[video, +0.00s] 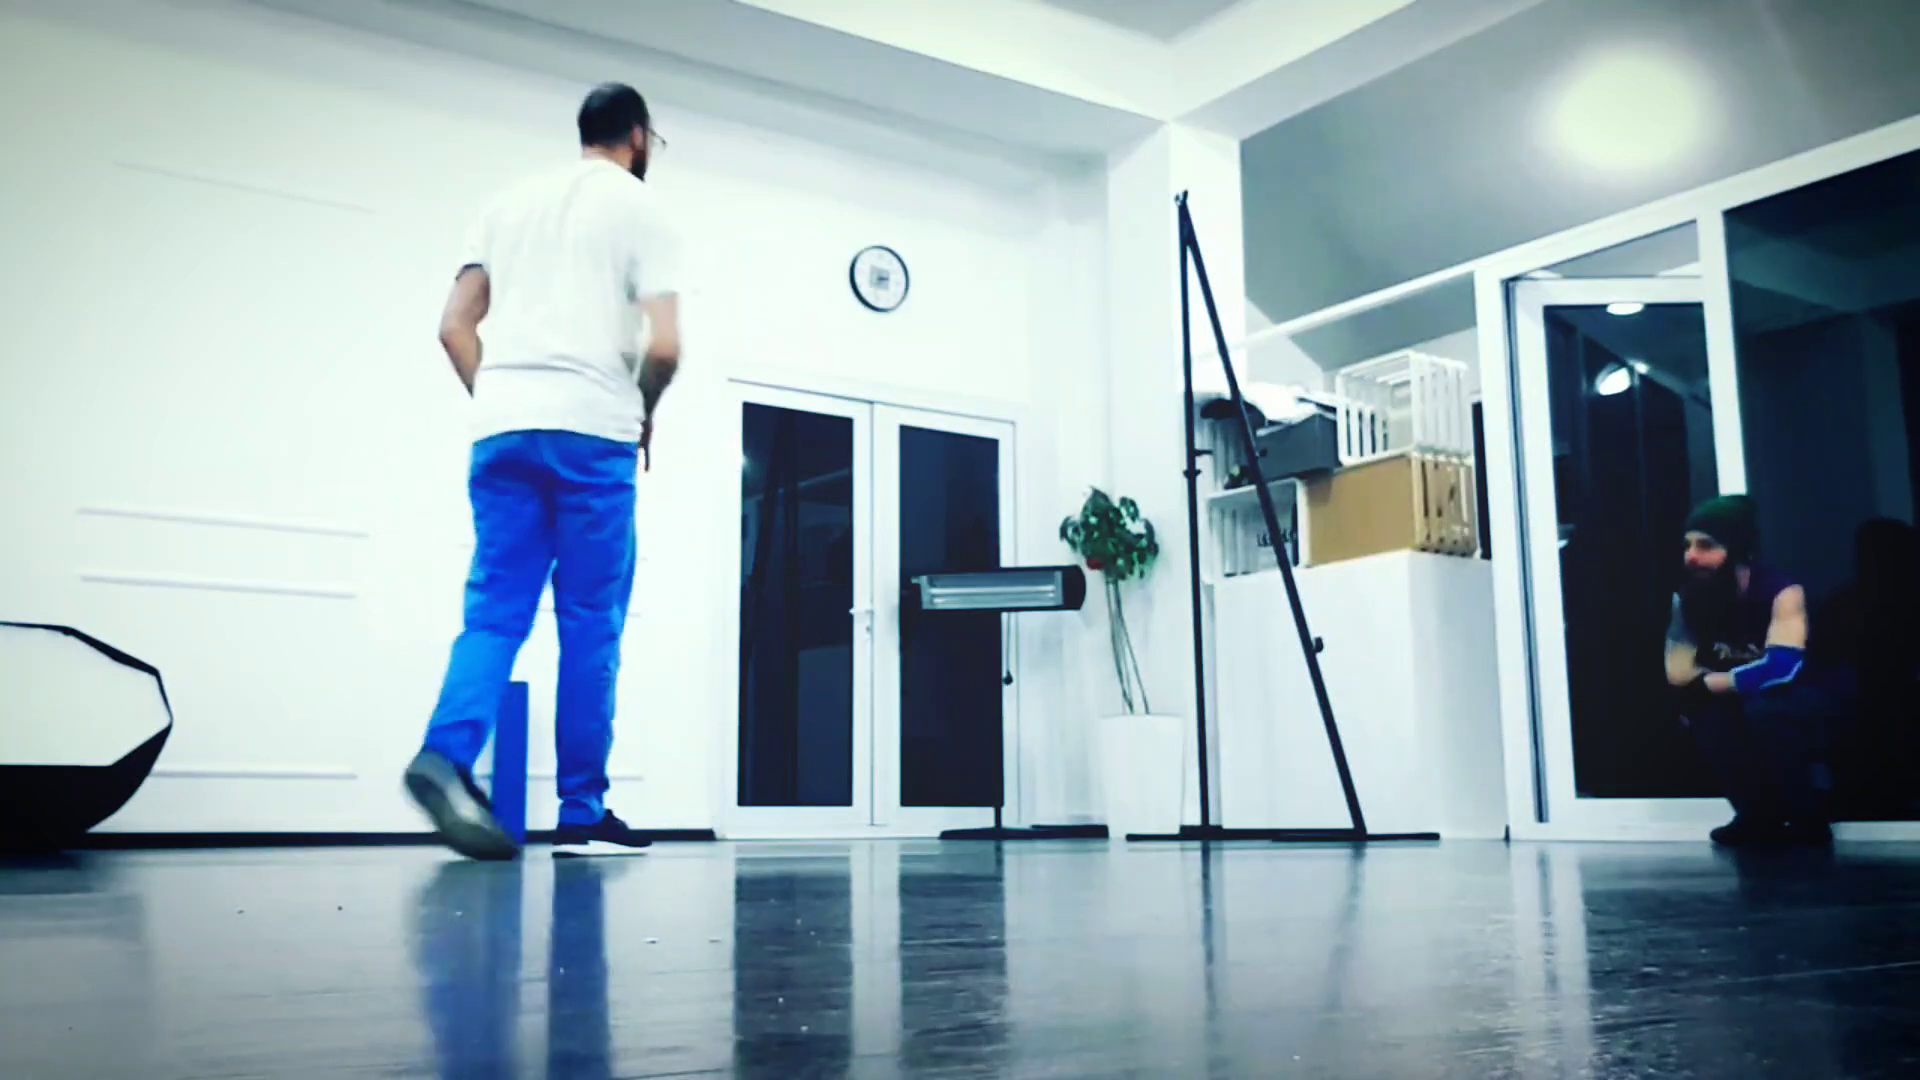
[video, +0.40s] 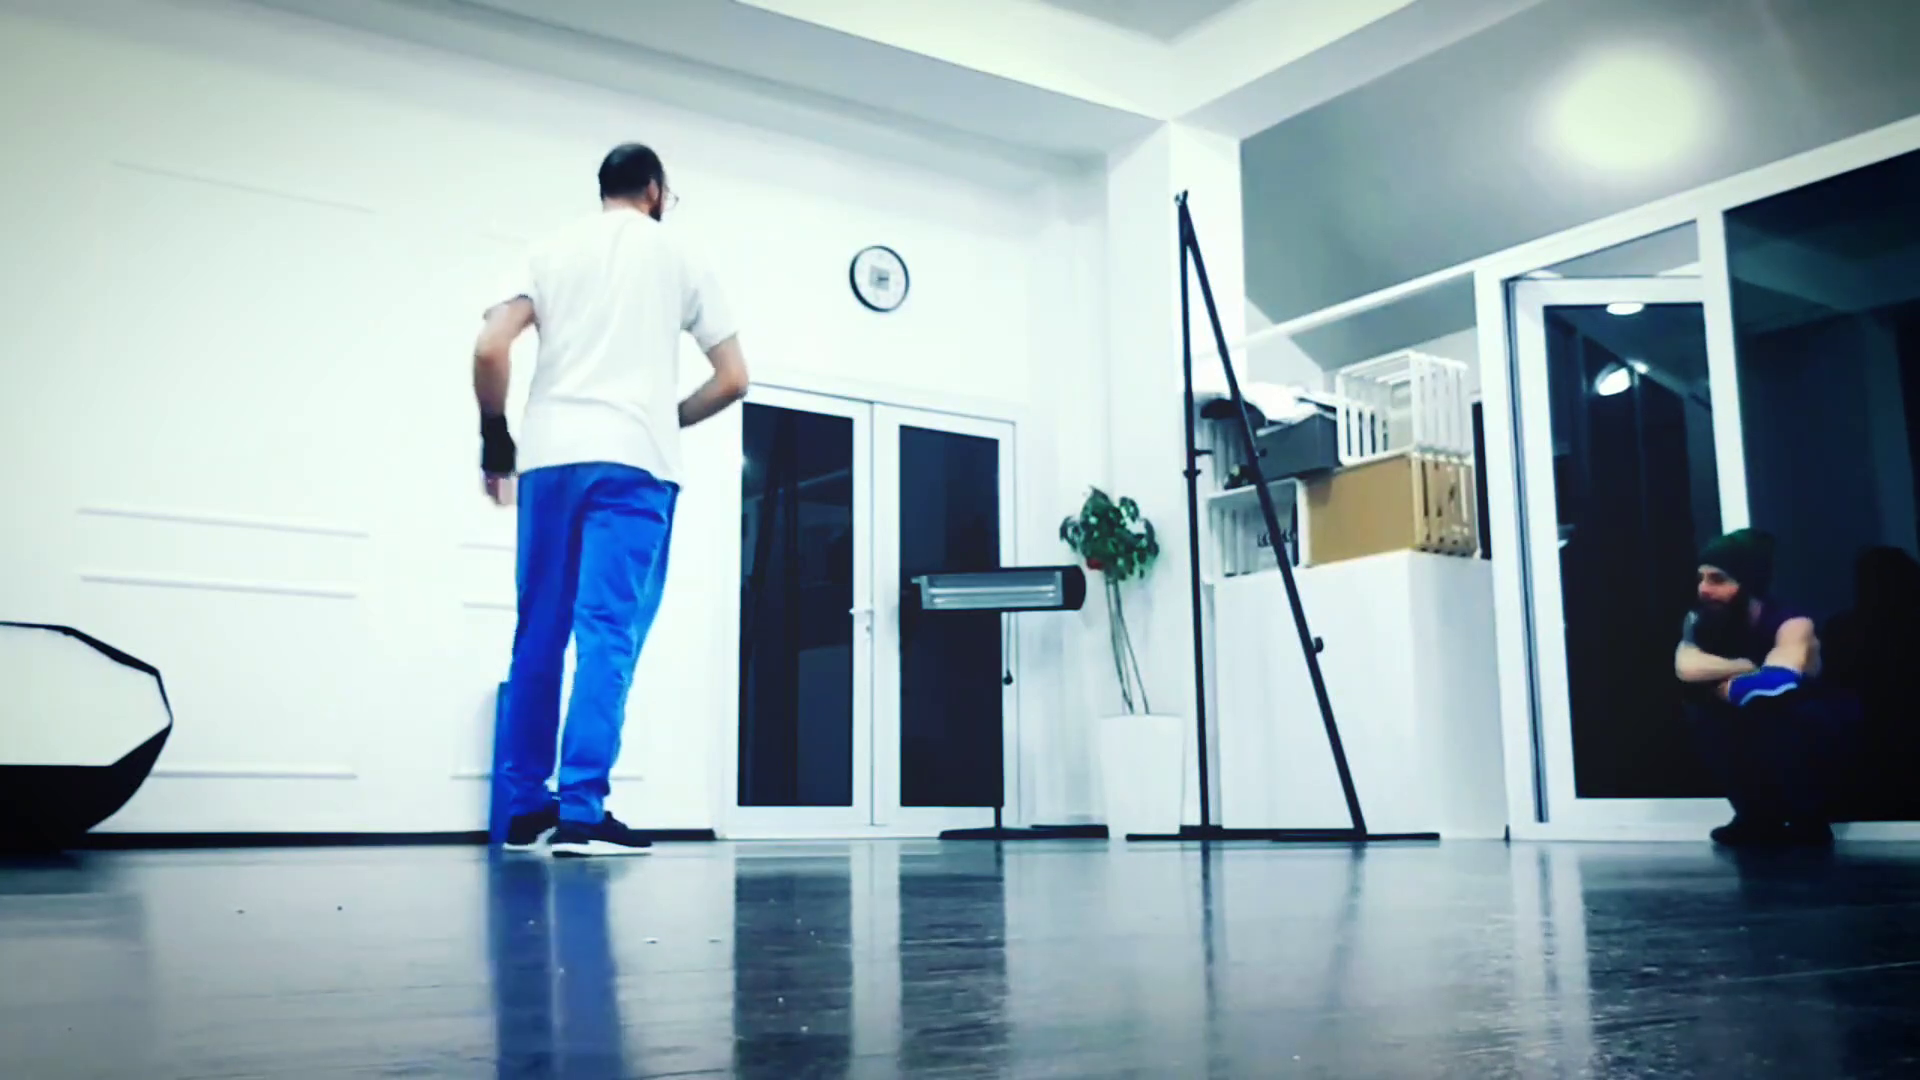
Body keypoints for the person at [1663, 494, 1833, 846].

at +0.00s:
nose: (1691, 556)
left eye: (1705, 546)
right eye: (1688, 545)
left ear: (1735, 548)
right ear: (1684, 546)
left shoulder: (1782, 593)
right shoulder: (1688, 599)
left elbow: (1782, 667)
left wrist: (1705, 682)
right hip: (1735, 706)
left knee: (1764, 708)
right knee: (1701, 710)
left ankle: (1803, 820)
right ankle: (1753, 815)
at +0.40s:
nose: (1703, 589)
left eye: (1717, 580)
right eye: (1701, 578)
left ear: (1746, 583)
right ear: (1697, 579)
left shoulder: (1792, 624)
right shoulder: (1698, 621)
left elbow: (1775, 684)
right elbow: (1687, 667)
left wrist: (1713, 682)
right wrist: (1755, 666)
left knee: (1769, 711)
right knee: (1707, 714)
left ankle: (1807, 823)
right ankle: (1755, 818)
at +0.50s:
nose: (1702, 596)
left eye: (1715, 587)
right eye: (1699, 586)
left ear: (1746, 589)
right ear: (1694, 586)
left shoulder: (1792, 625)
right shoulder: (1697, 630)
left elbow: (1788, 656)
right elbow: (1693, 676)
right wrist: (1753, 667)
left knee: (1771, 708)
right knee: (1703, 708)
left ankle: (1807, 823)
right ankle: (1753, 817)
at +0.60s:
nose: (1696, 604)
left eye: (1710, 595)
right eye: (1694, 592)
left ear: (1741, 598)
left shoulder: (1788, 632)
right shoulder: (1694, 638)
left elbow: (1785, 668)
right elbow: (1691, 689)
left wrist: (1769, 684)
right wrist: (1737, 674)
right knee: (1708, 717)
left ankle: (1807, 823)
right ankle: (1756, 818)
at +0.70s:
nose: (1692, 609)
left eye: (1705, 600)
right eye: (1690, 598)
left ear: (1737, 602)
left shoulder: (1787, 637)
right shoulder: (1693, 642)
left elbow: (1771, 700)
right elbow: (1692, 699)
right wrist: (1736, 679)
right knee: (1709, 723)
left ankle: (1808, 823)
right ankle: (1755, 818)